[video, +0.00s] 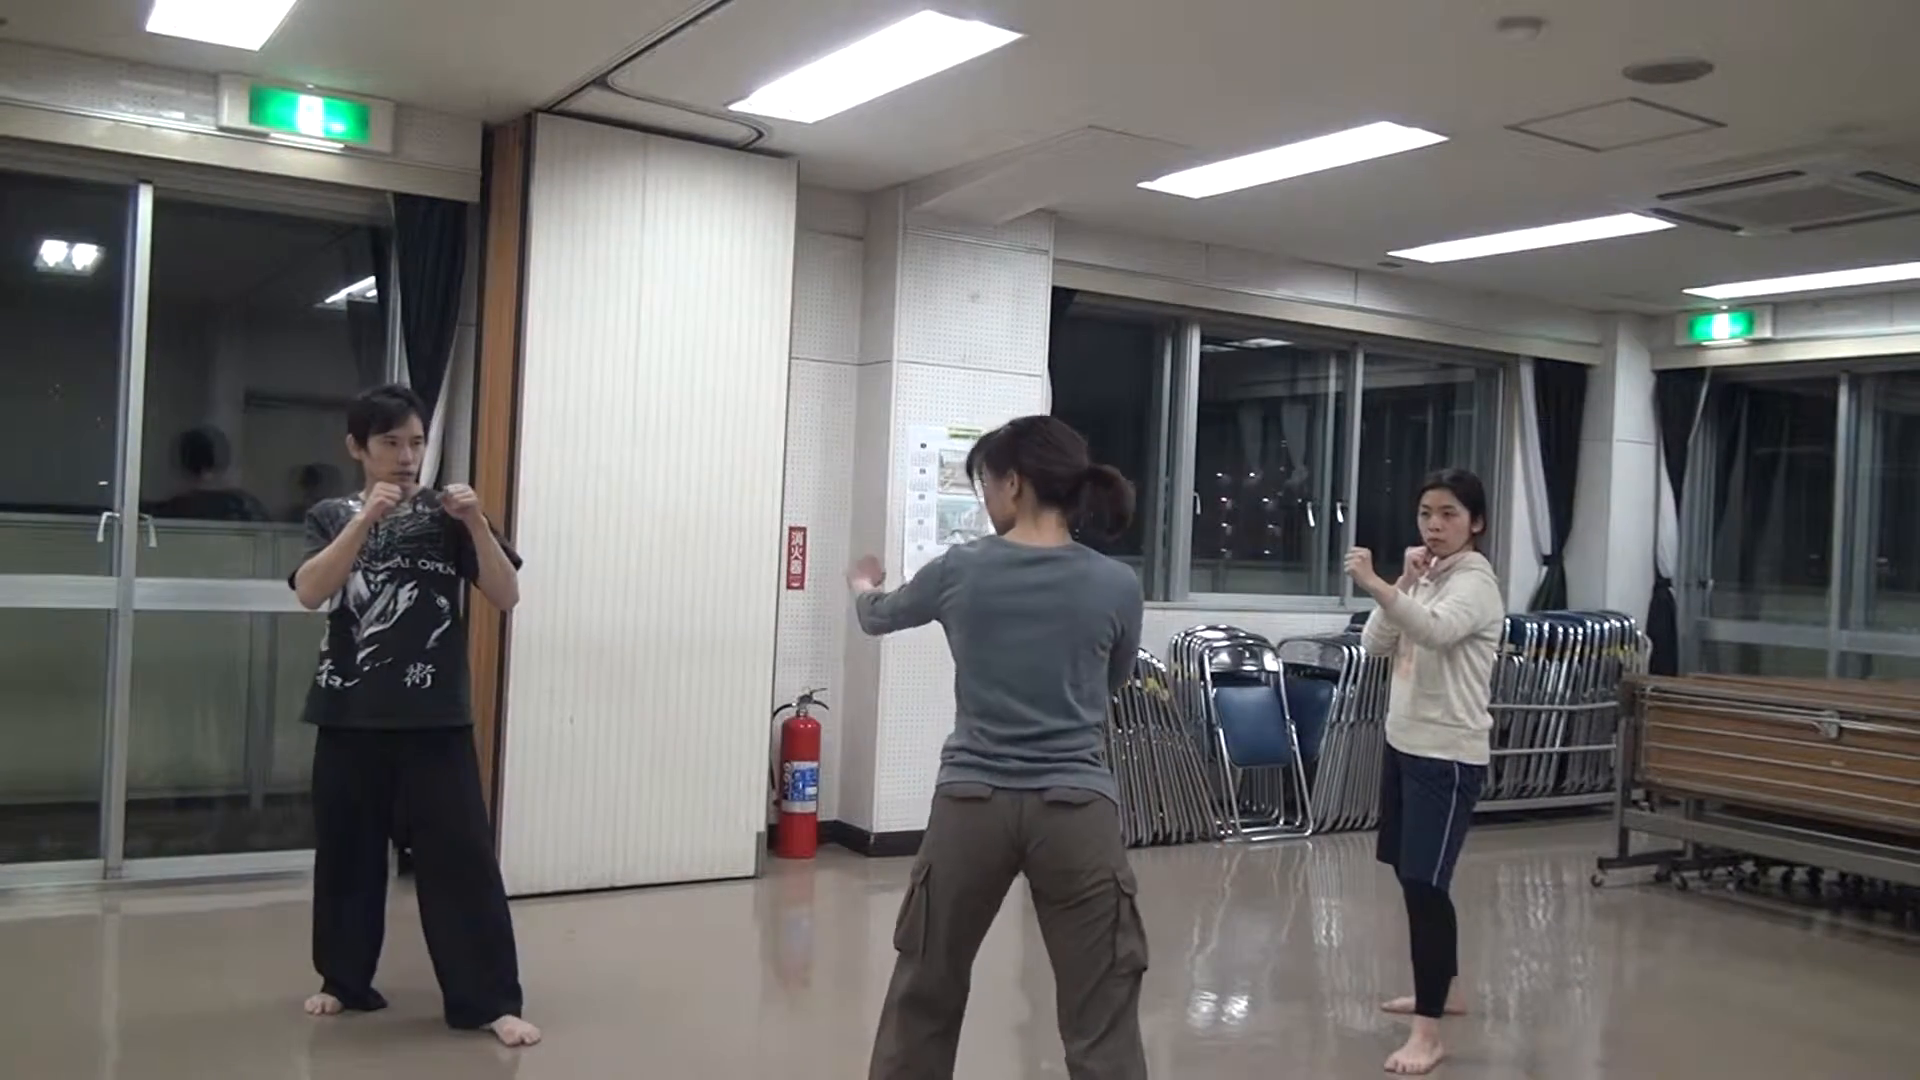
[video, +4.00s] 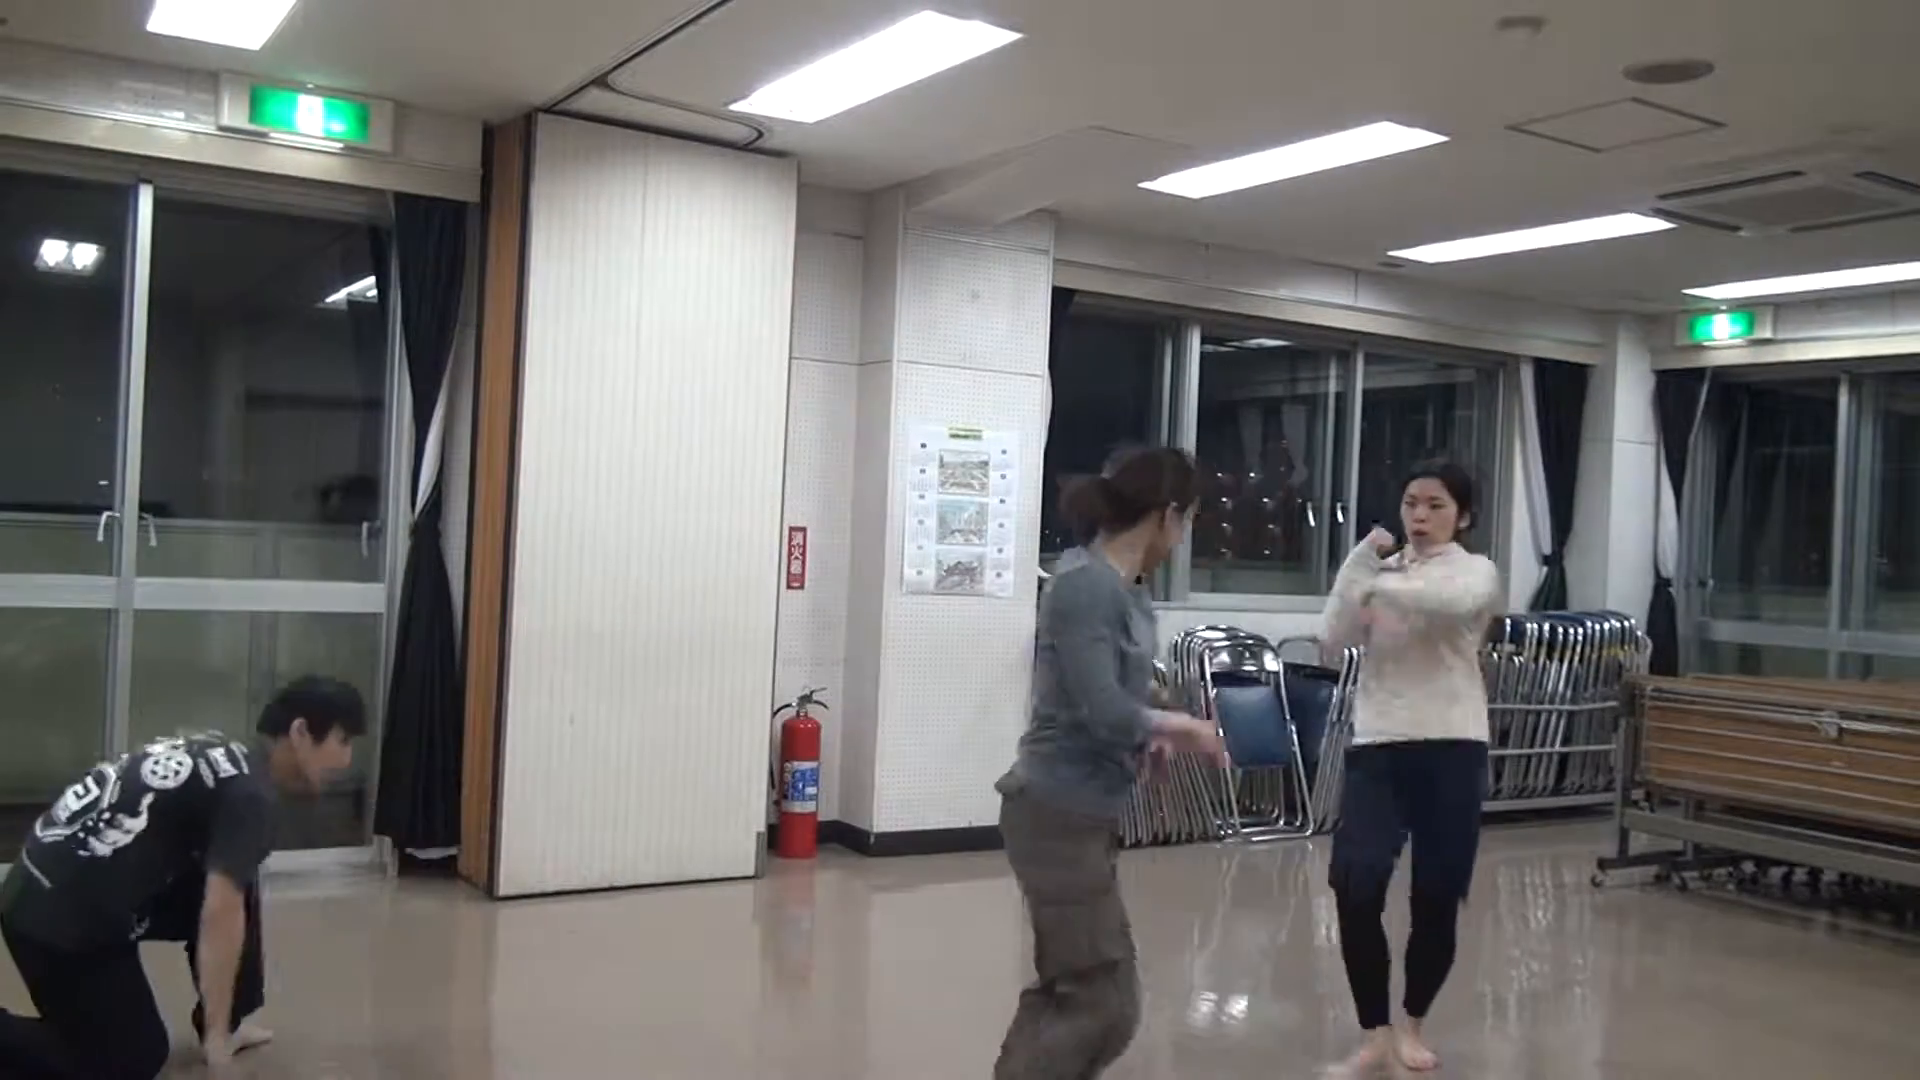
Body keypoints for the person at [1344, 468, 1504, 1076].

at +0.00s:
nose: (1433, 524)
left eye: (1447, 513)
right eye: (1426, 513)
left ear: (1475, 522)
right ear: (1419, 521)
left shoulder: (1477, 580)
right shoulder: (1422, 579)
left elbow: (1440, 630)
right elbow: (1375, 644)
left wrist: (1380, 587)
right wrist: (1404, 588)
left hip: (1447, 754)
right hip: (1406, 747)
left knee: (1425, 882)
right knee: (1409, 872)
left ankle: (1426, 1034)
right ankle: (1443, 988)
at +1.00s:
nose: (1434, 524)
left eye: (1447, 514)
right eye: (1427, 514)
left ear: (1474, 523)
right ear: (1418, 521)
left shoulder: (1477, 581)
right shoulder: (1421, 581)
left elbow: (1442, 631)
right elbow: (1375, 646)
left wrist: (1380, 588)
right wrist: (1404, 587)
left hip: (1448, 756)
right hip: (1406, 748)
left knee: (1427, 884)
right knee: (1408, 871)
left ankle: (1427, 1032)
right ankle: (1439, 989)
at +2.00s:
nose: (1439, 531)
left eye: (1452, 521)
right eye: (1430, 520)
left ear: (1475, 528)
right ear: (1419, 524)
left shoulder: (1479, 582)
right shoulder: (1416, 582)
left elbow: (1461, 637)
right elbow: (1372, 648)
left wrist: (1405, 593)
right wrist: (1404, 591)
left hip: (1456, 758)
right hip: (1408, 752)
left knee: (1429, 887)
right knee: (1390, 864)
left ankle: (1428, 1034)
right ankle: (1437, 986)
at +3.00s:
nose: (1441, 531)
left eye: (1454, 520)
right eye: (1432, 519)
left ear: (1477, 529)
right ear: (1419, 524)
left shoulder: (1480, 584)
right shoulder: (1414, 579)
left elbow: (1466, 638)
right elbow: (1371, 648)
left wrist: (1413, 595)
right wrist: (1405, 598)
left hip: (1453, 758)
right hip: (1400, 749)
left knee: (1431, 886)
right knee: (1390, 865)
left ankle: (1429, 1032)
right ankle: (1438, 985)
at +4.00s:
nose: (1419, 514)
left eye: (1434, 504)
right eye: (1412, 503)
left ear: (1462, 514)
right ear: (1401, 510)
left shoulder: (1479, 570)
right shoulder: (1380, 569)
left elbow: (1450, 600)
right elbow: (1332, 635)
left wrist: (1375, 586)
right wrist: (1362, 558)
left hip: (1451, 748)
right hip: (1376, 747)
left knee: (1436, 899)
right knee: (1353, 888)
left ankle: (1410, 1026)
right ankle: (1376, 1036)